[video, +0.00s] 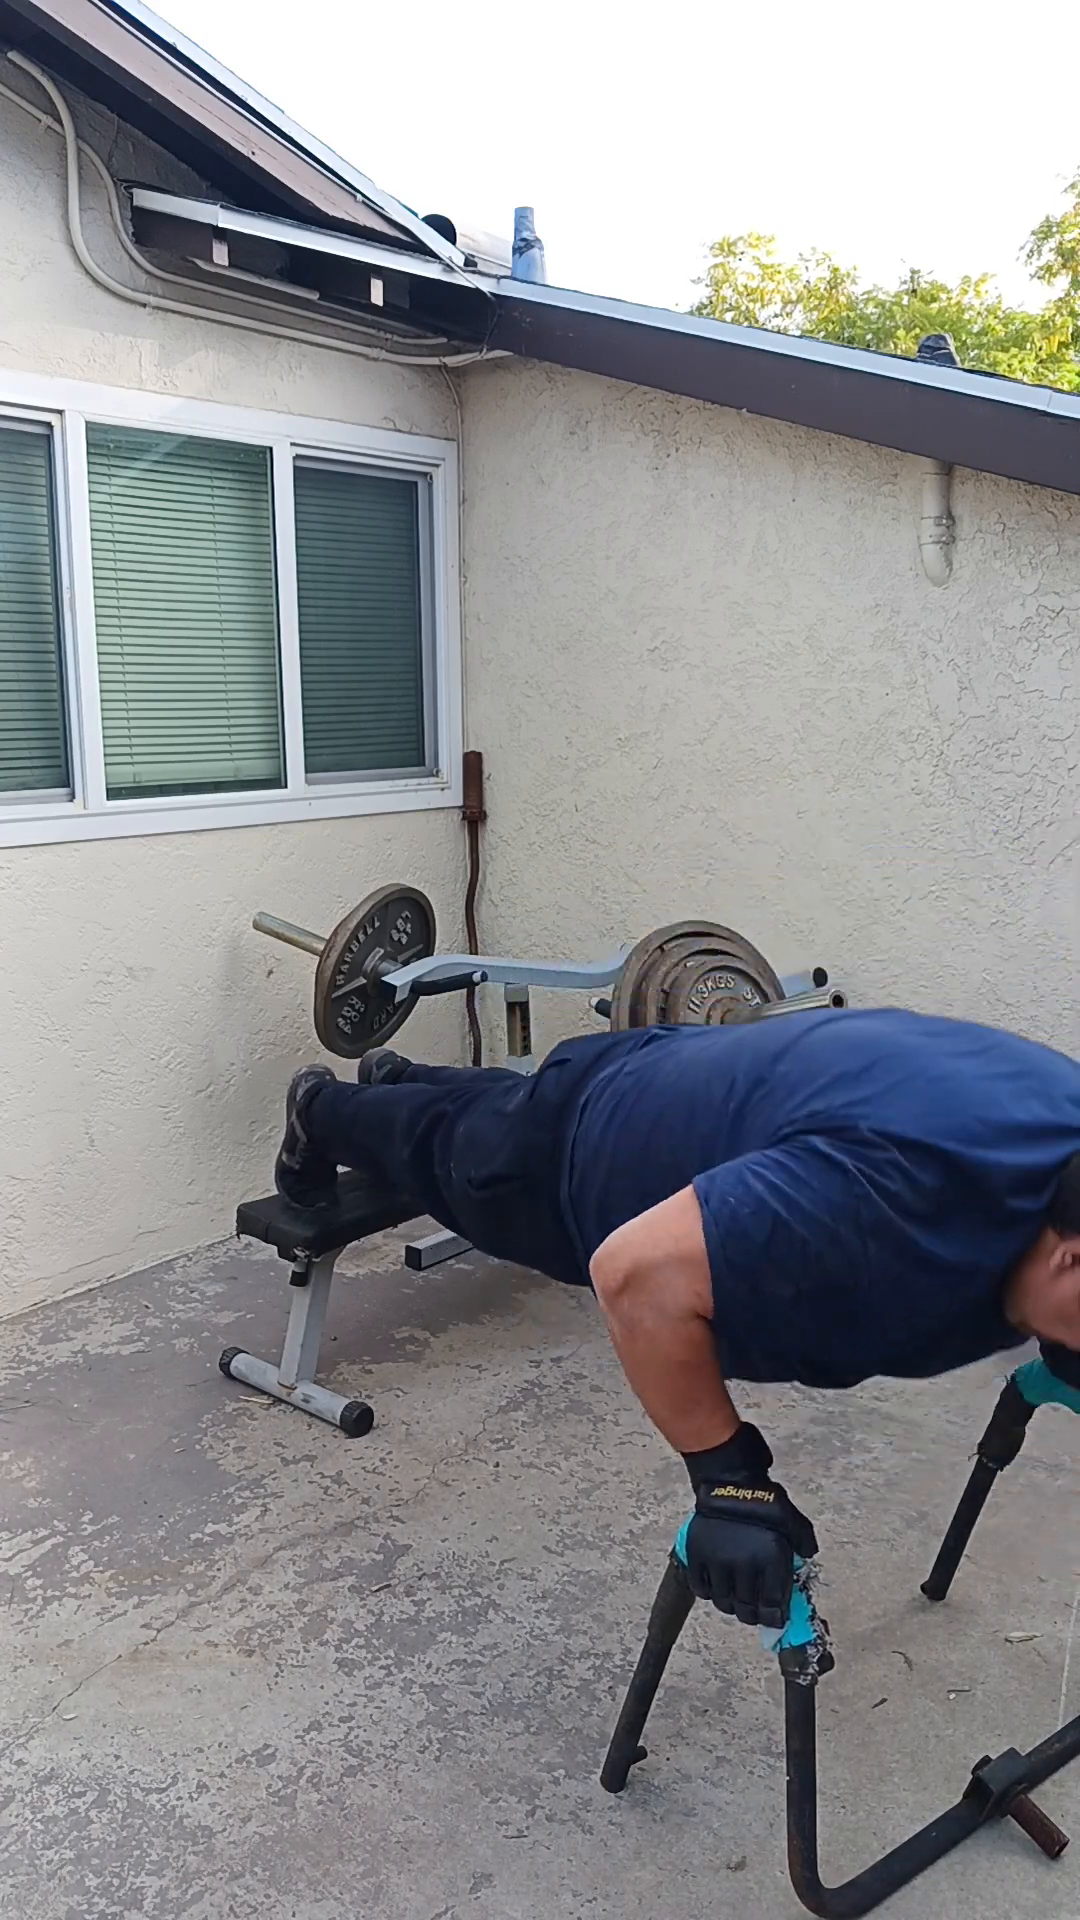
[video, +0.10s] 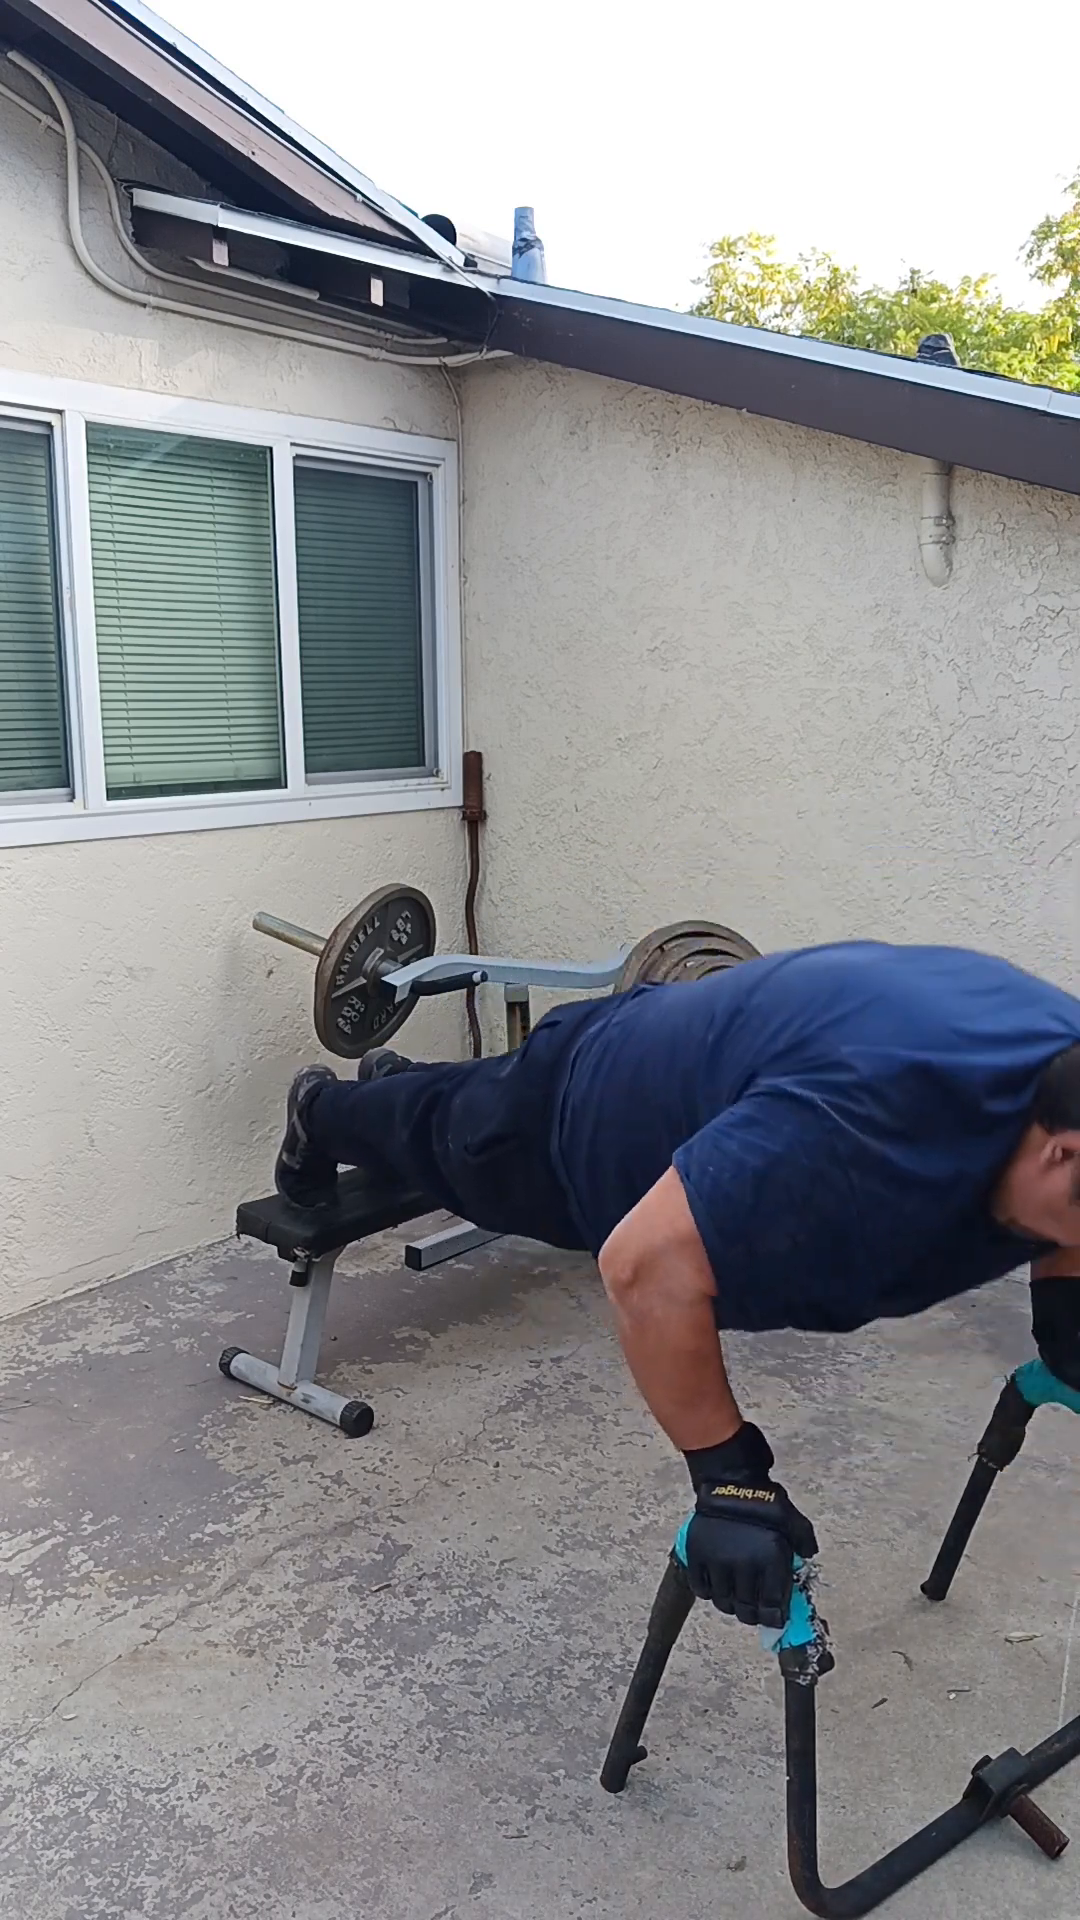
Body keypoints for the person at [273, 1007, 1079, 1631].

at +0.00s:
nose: (1058, 1351)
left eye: (1067, 1349)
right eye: (1073, 1337)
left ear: (1071, 1246)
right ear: (1066, 1261)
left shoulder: (1070, 1128)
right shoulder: (895, 1201)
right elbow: (637, 1279)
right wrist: (731, 1480)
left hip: (719, 1059)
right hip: (602, 1136)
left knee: (531, 1102)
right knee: (452, 1132)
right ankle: (323, 1112)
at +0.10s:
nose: (1060, 1237)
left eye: (1072, 1222)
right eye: (1074, 1216)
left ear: (1063, 1152)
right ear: (1057, 1158)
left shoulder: (1064, 1069)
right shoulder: (855, 1128)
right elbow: (644, 1269)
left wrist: (1057, 1312)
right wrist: (730, 1476)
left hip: (738, 1016)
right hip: (609, 1089)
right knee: (450, 1123)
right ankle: (323, 1113)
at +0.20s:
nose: (1055, 1151)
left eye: (1072, 1142)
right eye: (1062, 1125)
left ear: (1056, 1050)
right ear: (1041, 1055)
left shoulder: (1044, 990)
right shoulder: (839, 1060)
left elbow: (1055, 1162)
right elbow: (673, 1251)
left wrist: (1059, 1315)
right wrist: (733, 1480)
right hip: (595, 1070)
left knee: (505, 1108)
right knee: (440, 1110)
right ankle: (318, 1107)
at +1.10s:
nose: (1056, 1274)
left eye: (1069, 1263)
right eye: (1067, 1249)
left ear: (1064, 1170)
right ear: (1052, 1180)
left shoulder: (1060, 1060)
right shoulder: (852, 1141)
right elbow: (645, 1267)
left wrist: (1056, 1306)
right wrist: (733, 1480)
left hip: (721, 1009)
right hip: (604, 1088)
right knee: (439, 1117)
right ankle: (319, 1107)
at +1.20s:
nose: (1052, 1362)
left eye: (1064, 1358)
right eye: (1066, 1349)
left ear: (1065, 1275)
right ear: (1057, 1281)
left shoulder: (1073, 1115)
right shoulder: (887, 1224)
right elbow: (644, 1274)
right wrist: (731, 1480)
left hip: (713, 1056)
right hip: (598, 1133)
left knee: (511, 1102)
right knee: (443, 1125)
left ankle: (380, 1106)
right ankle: (319, 1107)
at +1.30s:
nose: (1049, 1437)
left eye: (1065, 1430)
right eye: (1066, 1424)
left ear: (1069, 1354)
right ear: (1060, 1367)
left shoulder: (1079, 1174)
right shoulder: (890, 1279)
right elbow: (648, 1274)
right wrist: (732, 1479)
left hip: (703, 1091)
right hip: (596, 1171)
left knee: (527, 1116)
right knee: (441, 1152)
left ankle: (392, 1083)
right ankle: (319, 1104)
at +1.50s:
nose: (1046, 1555)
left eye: (1063, 1554)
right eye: (1064, 1543)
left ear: (1067, 1486)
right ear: (1057, 1487)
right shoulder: (917, 1367)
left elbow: (1058, 1129)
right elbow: (675, 1268)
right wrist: (733, 1488)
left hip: (710, 1141)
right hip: (601, 1216)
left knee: (534, 1131)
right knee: (446, 1180)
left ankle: (392, 1082)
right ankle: (322, 1110)